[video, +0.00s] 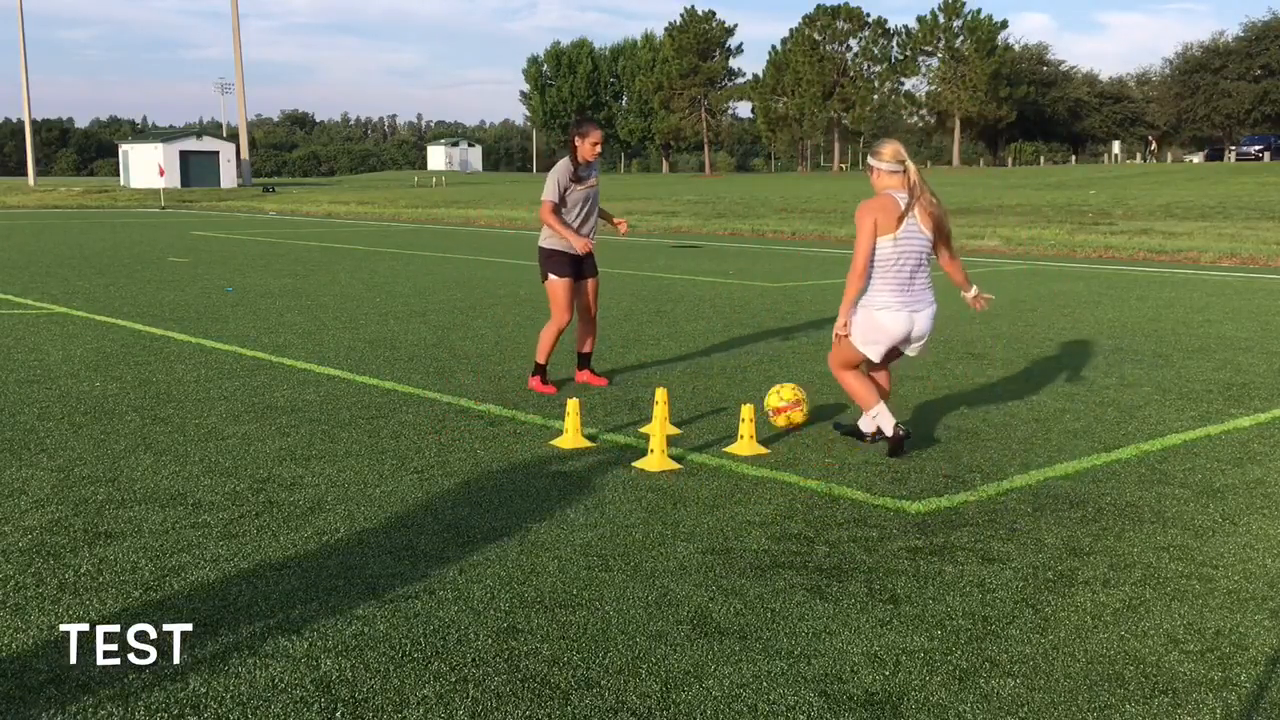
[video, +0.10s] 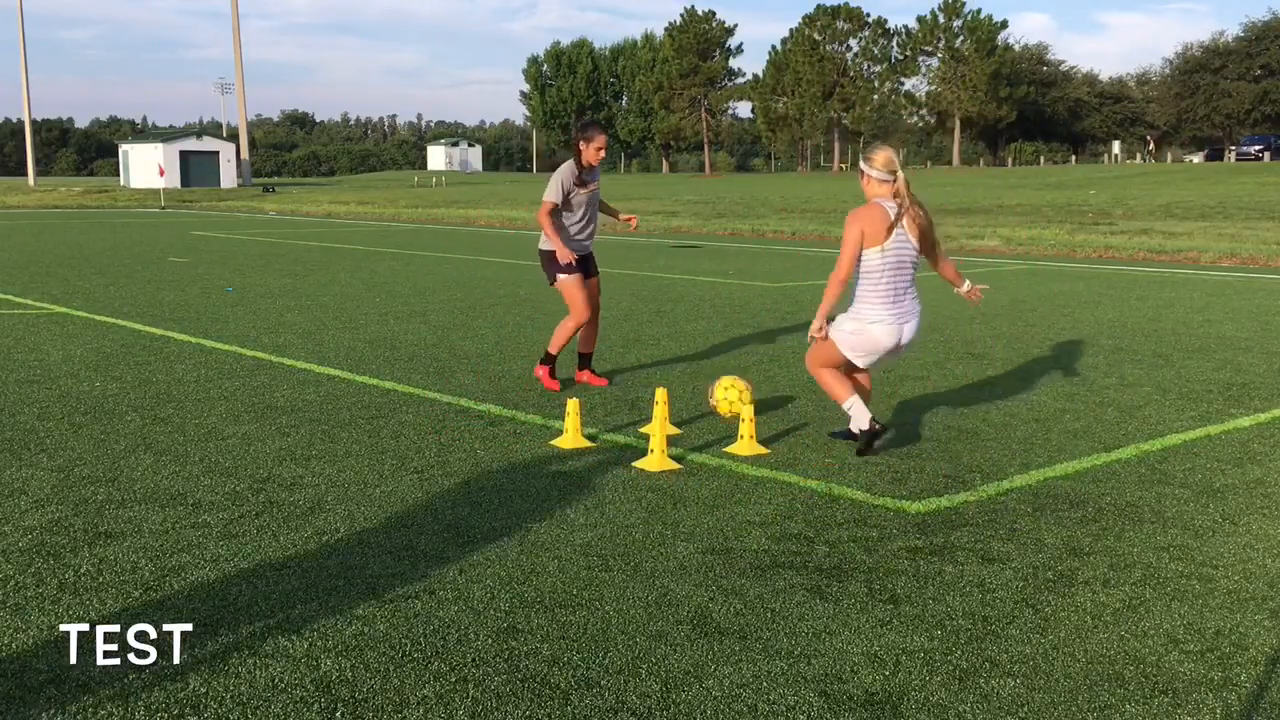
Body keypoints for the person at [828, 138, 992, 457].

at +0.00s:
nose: (870, 178)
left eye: (870, 172)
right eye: (870, 172)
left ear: (875, 172)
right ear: (904, 169)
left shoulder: (871, 208)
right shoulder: (929, 207)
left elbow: (860, 270)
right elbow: (947, 258)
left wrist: (845, 311)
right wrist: (969, 290)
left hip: (883, 315)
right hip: (922, 314)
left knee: (839, 362)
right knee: (878, 361)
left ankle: (890, 428)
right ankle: (867, 427)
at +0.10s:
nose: (860, 180)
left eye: (860, 175)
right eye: (861, 175)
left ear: (866, 177)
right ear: (895, 177)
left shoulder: (861, 217)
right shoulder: (916, 214)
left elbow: (842, 276)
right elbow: (938, 259)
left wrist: (821, 315)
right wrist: (964, 286)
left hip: (872, 325)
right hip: (908, 322)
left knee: (816, 360)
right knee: (856, 362)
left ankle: (864, 423)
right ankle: (859, 426)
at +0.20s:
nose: (852, 168)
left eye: (853, 163)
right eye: (853, 163)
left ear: (860, 165)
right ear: (890, 165)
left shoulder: (855, 206)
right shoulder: (908, 205)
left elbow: (831, 260)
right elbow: (932, 252)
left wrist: (804, 288)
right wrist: (952, 279)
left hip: (862, 313)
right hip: (897, 312)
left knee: (812, 364)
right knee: (855, 361)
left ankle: (848, 435)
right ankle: (858, 429)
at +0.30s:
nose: (849, 154)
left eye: (850, 149)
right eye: (850, 148)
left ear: (857, 149)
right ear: (885, 149)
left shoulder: (847, 181)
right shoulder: (905, 189)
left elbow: (824, 229)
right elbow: (928, 239)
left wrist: (809, 252)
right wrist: (935, 268)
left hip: (858, 297)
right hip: (897, 296)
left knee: (826, 364)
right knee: (868, 359)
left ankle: (853, 441)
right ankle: (859, 430)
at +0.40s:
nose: (842, 147)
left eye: (844, 141)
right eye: (843, 141)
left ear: (852, 141)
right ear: (879, 142)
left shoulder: (844, 170)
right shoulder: (899, 178)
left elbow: (839, 216)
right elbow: (919, 237)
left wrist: (826, 250)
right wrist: (906, 273)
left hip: (860, 290)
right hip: (901, 289)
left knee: (833, 360)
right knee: (868, 354)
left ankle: (849, 444)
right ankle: (893, 436)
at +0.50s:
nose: (834, 157)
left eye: (835, 151)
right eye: (835, 151)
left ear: (843, 151)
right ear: (871, 151)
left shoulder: (839, 187)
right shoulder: (894, 188)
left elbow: (844, 245)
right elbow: (911, 251)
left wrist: (831, 286)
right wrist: (898, 286)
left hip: (867, 289)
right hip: (907, 289)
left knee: (813, 364)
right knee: (881, 376)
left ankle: (845, 452)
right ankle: (921, 456)